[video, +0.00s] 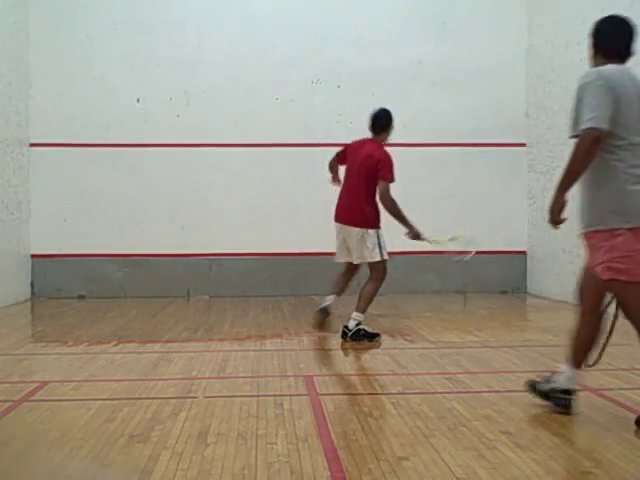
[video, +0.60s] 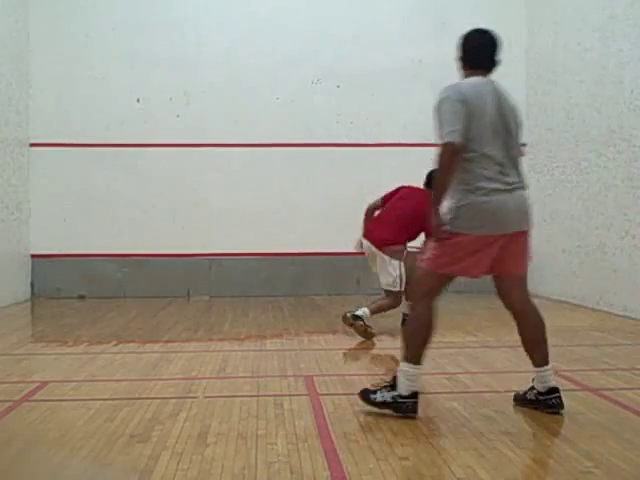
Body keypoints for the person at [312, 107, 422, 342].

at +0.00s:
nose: (391, 131)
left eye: (389, 127)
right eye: (391, 127)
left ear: (371, 126)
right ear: (389, 129)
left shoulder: (355, 146)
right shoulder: (382, 157)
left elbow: (334, 162)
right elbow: (385, 197)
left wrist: (335, 176)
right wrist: (409, 226)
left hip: (343, 218)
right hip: (364, 222)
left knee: (351, 265)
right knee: (378, 272)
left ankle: (328, 303)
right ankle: (354, 324)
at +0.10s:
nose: (406, 143)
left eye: (406, 139)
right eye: (406, 139)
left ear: (387, 136)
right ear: (403, 140)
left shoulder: (367, 150)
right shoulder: (392, 165)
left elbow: (338, 156)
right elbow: (395, 203)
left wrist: (326, 167)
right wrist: (425, 224)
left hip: (347, 218)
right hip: (366, 224)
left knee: (367, 268)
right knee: (381, 273)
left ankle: (360, 312)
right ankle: (355, 323)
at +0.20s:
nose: (420, 156)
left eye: (420, 152)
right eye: (420, 152)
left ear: (402, 147)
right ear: (416, 152)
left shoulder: (381, 158)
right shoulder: (402, 172)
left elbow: (350, 154)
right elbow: (405, 206)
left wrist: (325, 159)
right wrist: (440, 218)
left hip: (352, 221)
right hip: (367, 227)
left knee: (385, 267)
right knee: (382, 277)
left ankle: (394, 309)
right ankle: (354, 323)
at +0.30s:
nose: (429, 173)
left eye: (430, 169)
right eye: (430, 169)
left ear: (413, 162)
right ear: (426, 167)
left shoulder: (392, 169)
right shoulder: (411, 183)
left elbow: (361, 161)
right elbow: (417, 215)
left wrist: (332, 162)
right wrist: (455, 219)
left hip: (360, 228)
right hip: (373, 234)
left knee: (395, 268)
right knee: (388, 282)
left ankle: (408, 313)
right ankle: (357, 321)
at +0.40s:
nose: (438, 188)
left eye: (439, 184)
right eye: (438, 183)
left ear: (423, 177)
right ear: (434, 182)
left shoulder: (400, 183)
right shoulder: (419, 197)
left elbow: (368, 179)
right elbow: (432, 237)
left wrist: (335, 182)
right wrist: (467, 233)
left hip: (365, 234)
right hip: (379, 241)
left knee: (406, 261)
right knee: (398, 290)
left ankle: (410, 314)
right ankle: (361, 317)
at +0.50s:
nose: (442, 193)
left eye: (443, 189)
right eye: (443, 189)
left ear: (426, 183)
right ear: (440, 189)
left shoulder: (403, 189)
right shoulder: (429, 214)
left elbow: (367, 196)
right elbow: (437, 253)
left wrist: (344, 214)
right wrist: (454, 256)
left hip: (366, 237)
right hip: (383, 248)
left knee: (408, 259)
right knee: (398, 296)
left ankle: (410, 312)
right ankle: (361, 319)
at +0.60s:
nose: (444, 192)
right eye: (444, 188)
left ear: (426, 182)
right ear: (440, 188)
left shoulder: (405, 190)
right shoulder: (431, 208)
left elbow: (371, 207)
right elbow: (431, 244)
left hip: (370, 239)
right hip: (390, 248)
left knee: (419, 264)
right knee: (394, 299)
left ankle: (409, 314)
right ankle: (360, 315)